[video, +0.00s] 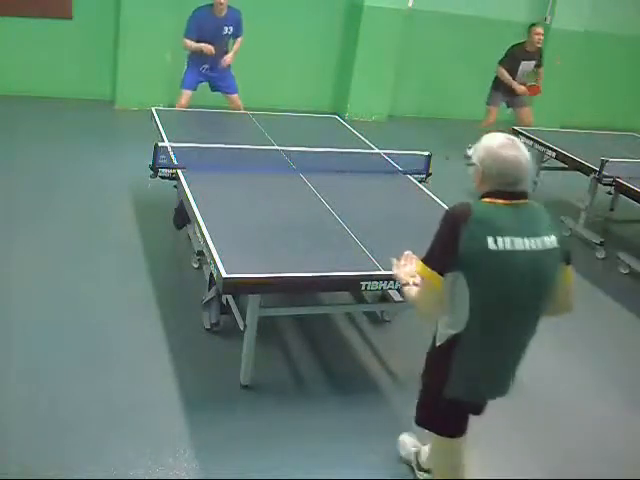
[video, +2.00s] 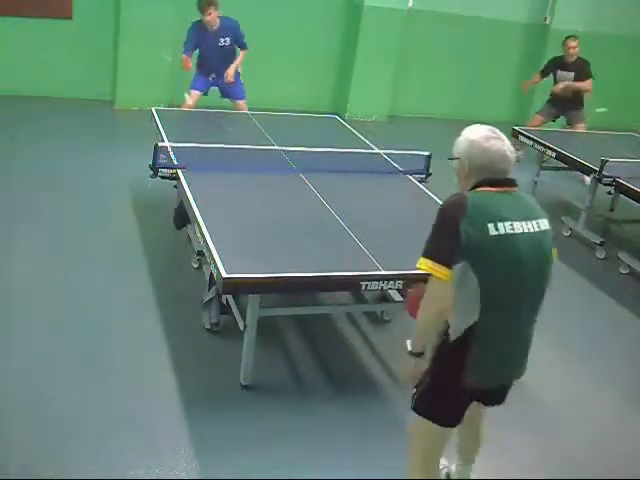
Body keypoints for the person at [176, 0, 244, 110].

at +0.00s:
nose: (221, 1)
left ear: (228, 1)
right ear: (213, 1)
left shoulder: (235, 15)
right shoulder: (199, 14)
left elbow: (238, 38)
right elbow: (186, 43)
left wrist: (231, 55)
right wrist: (201, 46)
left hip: (221, 65)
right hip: (197, 64)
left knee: (236, 105)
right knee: (183, 103)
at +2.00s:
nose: (207, 19)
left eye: (209, 14)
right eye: (204, 15)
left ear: (216, 12)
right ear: (200, 15)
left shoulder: (231, 25)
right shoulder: (196, 28)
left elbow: (243, 49)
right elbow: (188, 49)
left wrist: (232, 68)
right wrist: (187, 60)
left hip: (228, 72)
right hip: (204, 73)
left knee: (241, 107)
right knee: (188, 104)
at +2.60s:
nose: (182, 28)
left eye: (184, 23)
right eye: (178, 25)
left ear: (190, 18)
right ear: (175, 26)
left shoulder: (208, 25)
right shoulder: (176, 40)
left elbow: (230, 37)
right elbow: (181, 73)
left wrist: (226, 63)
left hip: (216, 67)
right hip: (194, 71)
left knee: (235, 105)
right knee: (185, 102)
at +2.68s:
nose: (184, 23)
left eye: (186, 17)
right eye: (181, 19)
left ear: (193, 13)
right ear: (178, 19)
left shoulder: (210, 22)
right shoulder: (177, 37)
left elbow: (230, 35)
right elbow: (181, 70)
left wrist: (226, 62)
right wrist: (202, 81)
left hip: (216, 65)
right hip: (194, 69)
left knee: (235, 105)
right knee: (185, 103)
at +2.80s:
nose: (193, 11)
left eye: (196, 6)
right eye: (190, 8)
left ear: (201, 5)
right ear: (186, 9)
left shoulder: (213, 16)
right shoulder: (181, 28)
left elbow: (228, 30)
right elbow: (176, 61)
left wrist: (228, 56)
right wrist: (198, 78)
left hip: (213, 63)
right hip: (190, 67)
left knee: (231, 100)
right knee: (185, 102)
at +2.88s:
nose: (200, 5)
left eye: (202, 2)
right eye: (196, 3)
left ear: (207, 2)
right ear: (191, 5)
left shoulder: (216, 14)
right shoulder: (182, 25)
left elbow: (229, 30)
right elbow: (174, 56)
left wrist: (230, 54)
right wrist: (193, 75)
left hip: (212, 62)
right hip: (190, 66)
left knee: (229, 100)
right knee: (184, 102)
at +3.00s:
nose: (210, 3)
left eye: (212, 1)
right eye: (206, 1)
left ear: (215, 1)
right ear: (201, 2)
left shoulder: (223, 11)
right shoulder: (189, 16)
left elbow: (235, 31)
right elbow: (174, 41)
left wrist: (236, 54)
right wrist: (181, 64)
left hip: (214, 63)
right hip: (192, 64)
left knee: (230, 100)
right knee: (186, 102)